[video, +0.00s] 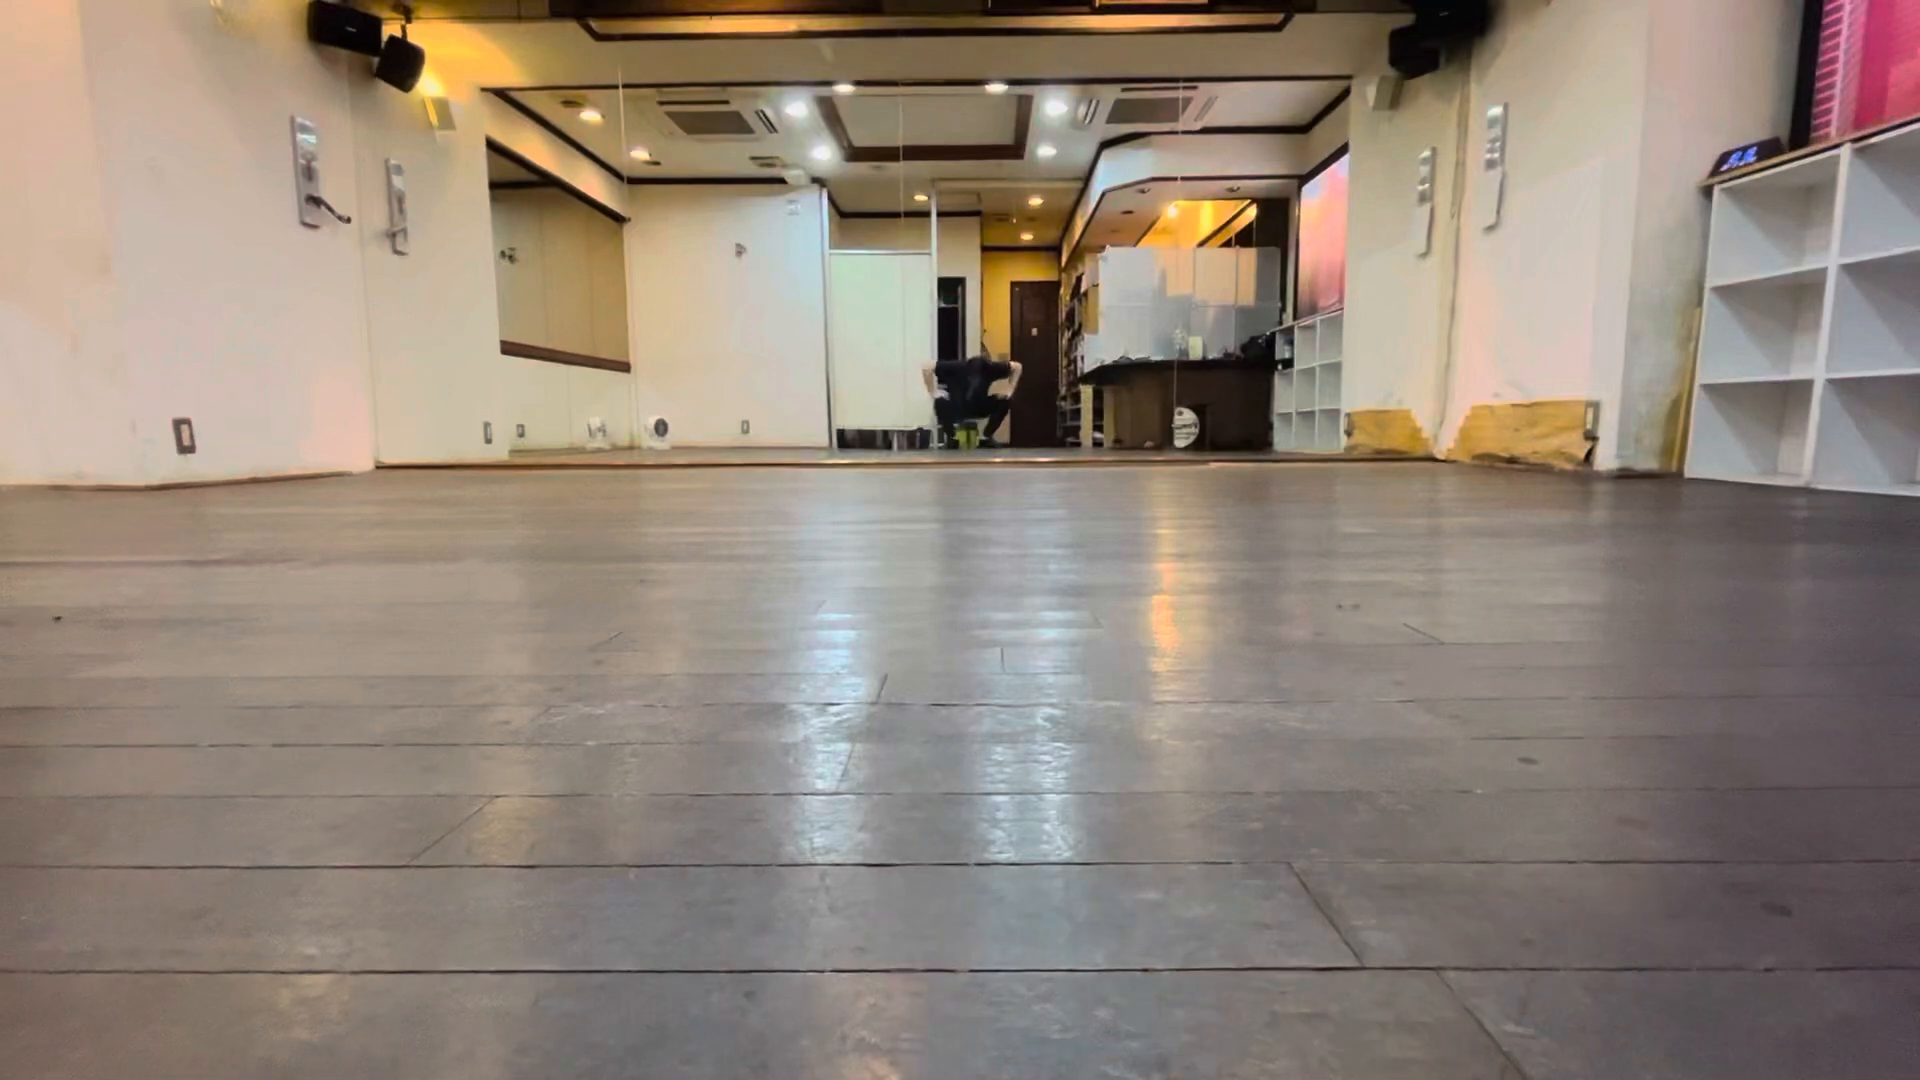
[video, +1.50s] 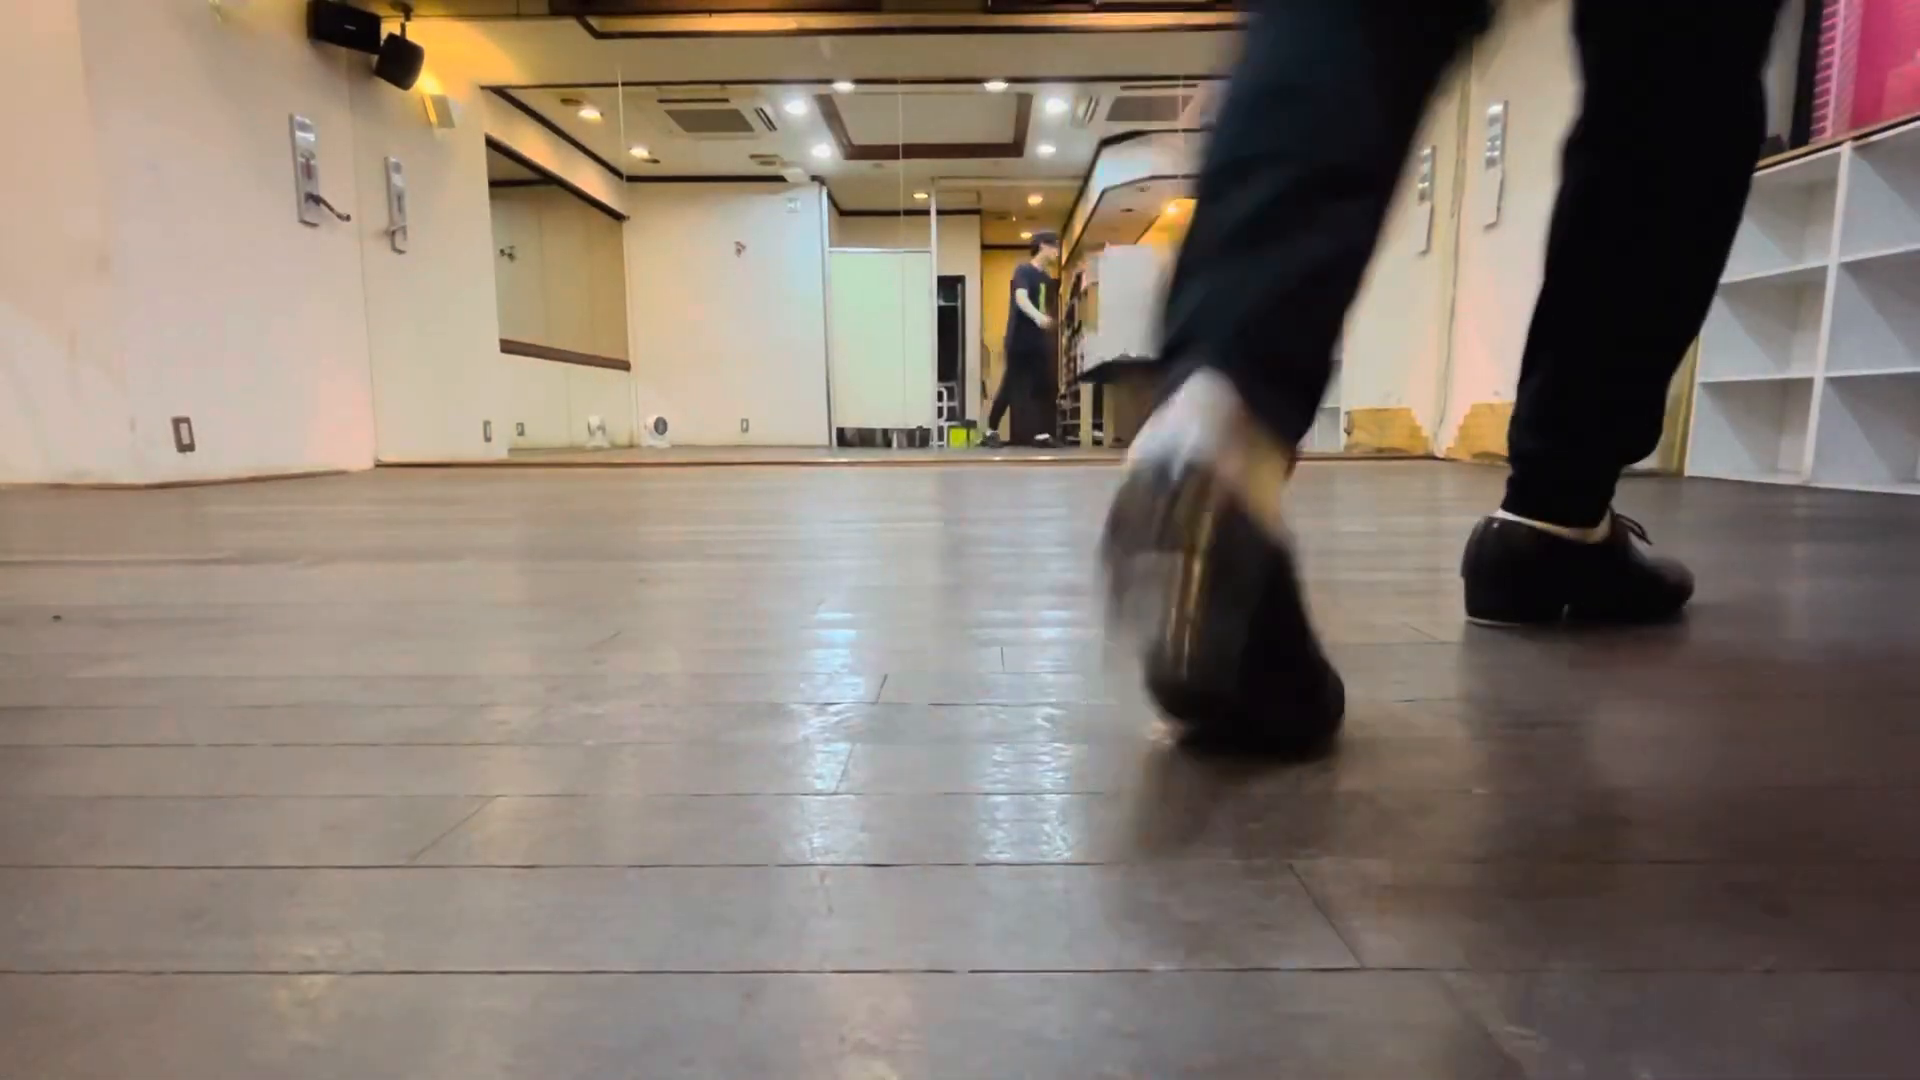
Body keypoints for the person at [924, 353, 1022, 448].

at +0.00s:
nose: (975, 379)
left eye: (979, 376)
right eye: (971, 375)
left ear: (986, 371)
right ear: (968, 369)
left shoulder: (990, 369)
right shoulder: (957, 367)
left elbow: (1017, 367)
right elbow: (927, 369)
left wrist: (1010, 391)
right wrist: (933, 392)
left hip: (978, 407)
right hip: (956, 407)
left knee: (1003, 401)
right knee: (940, 402)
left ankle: (986, 438)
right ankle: (950, 438)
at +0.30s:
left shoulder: (998, 345)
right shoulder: (966, 345)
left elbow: (1023, 361)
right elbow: (937, 362)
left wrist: (1013, 387)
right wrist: (940, 387)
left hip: (981, 372)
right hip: (956, 371)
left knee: (1002, 397)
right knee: (946, 398)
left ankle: (983, 435)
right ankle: (952, 436)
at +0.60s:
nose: (1003, 314)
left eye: (1007, 312)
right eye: (1001, 310)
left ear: (1014, 308)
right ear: (996, 301)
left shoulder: (1014, 313)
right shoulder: (981, 307)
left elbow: (1013, 343)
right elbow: (959, 334)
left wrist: (1007, 371)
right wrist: (954, 364)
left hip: (989, 350)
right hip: (968, 348)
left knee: (995, 393)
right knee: (963, 385)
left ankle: (983, 434)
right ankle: (955, 428)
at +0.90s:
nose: (1018, 278)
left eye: (1020, 274)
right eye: (1016, 273)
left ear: (1017, 273)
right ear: (1004, 271)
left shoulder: (1018, 293)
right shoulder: (982, 289)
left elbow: (1019, 325)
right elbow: (969, 321)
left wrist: (1014, 353)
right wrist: (966, 348)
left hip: (1003, 348)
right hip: (982, 347)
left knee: (999, 390)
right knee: (988, 388)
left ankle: (986, 429)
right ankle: (985, 432)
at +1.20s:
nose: (1030, 260)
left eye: (1031, 255)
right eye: (1027, 254)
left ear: (1020, 253)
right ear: (1015, 251)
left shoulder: (1021, 279)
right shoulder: (997, 278)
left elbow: (1020, 312)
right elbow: (988, 316)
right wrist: (987, 349)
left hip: (1016, 344)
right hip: (1000, 344)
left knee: (1020, 388)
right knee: (993, 387)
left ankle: (1004, 426)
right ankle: (987, 431)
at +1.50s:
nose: (1057, 253)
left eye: (1057, 248)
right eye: (1054, 248)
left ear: (1049, 250)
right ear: (1041, 248)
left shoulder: (1049, 280)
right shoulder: (1024, 271)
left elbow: (1055, 311)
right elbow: (1021, 299)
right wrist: (1040, 317)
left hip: (1041, 340)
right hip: (1021, 338)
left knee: (1042, 384)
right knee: (1011, 382)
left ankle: (1041, 431)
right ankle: (992, 429)